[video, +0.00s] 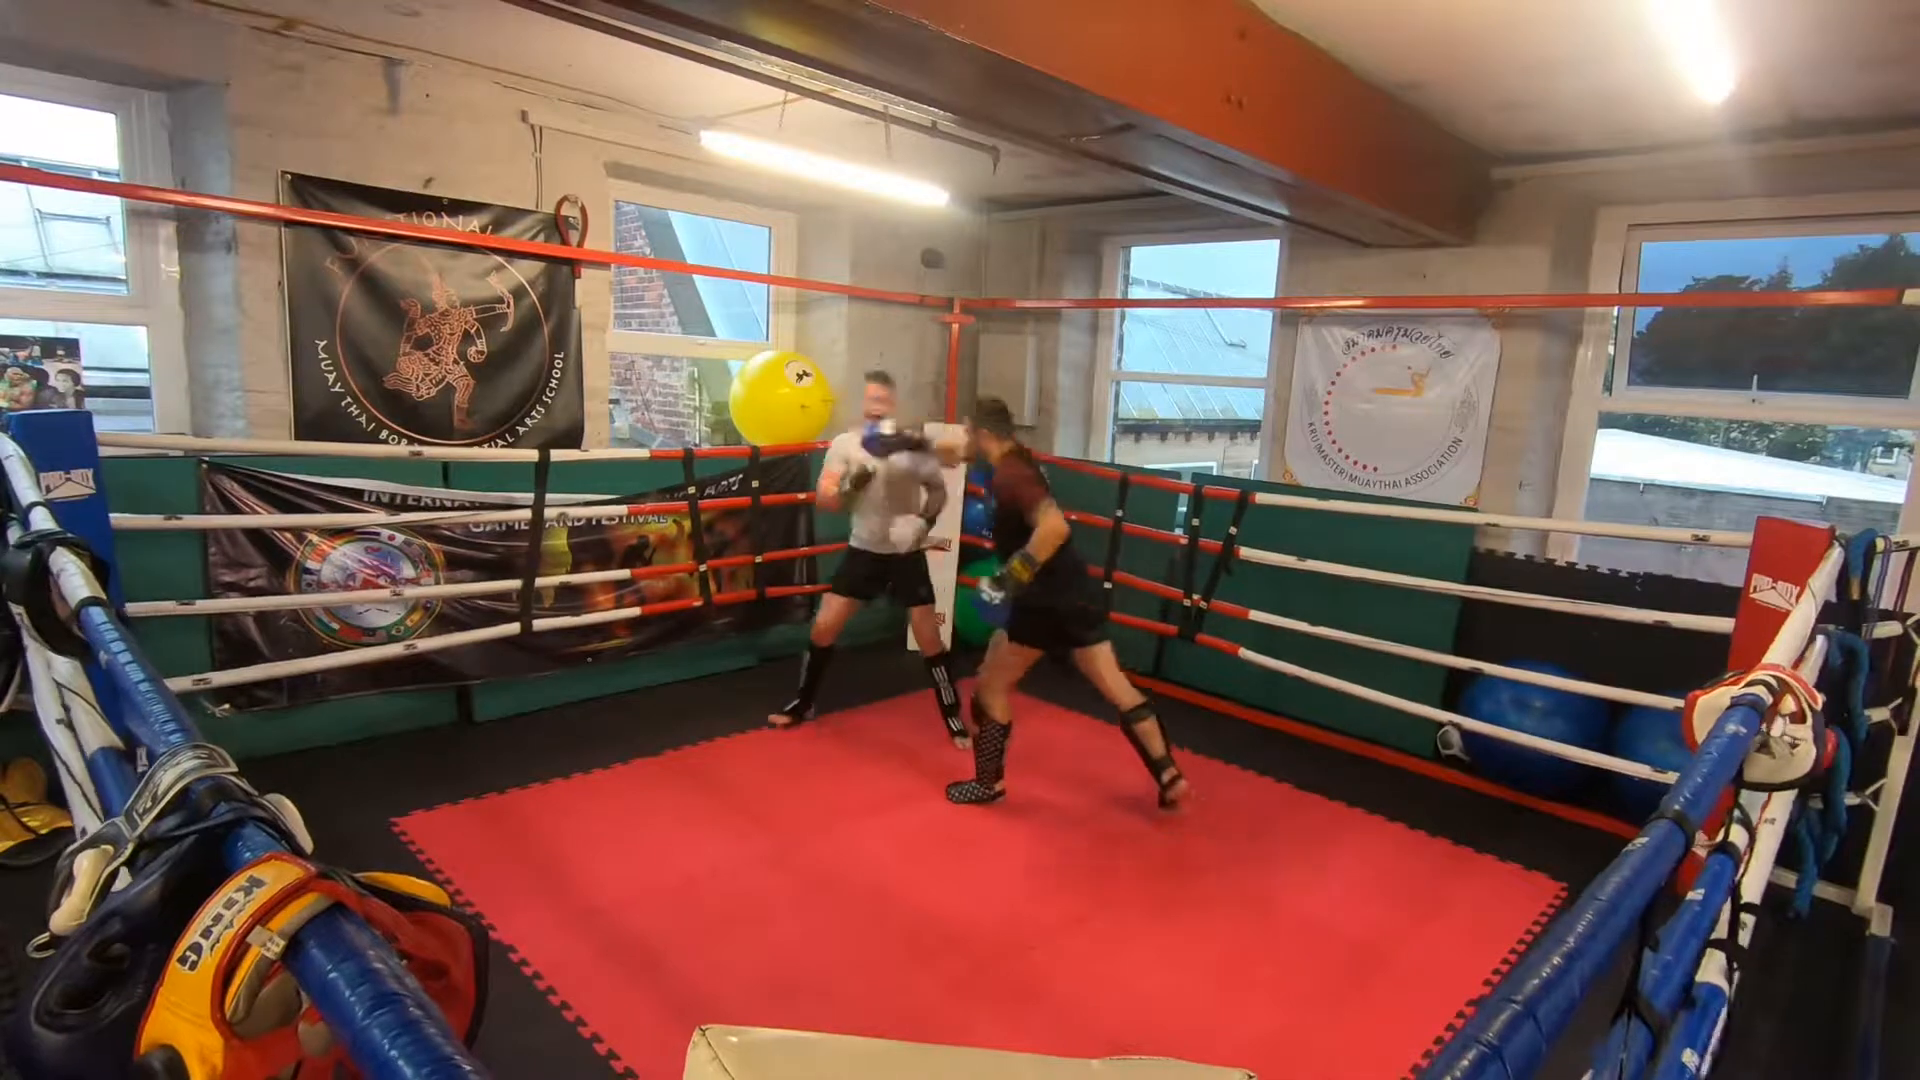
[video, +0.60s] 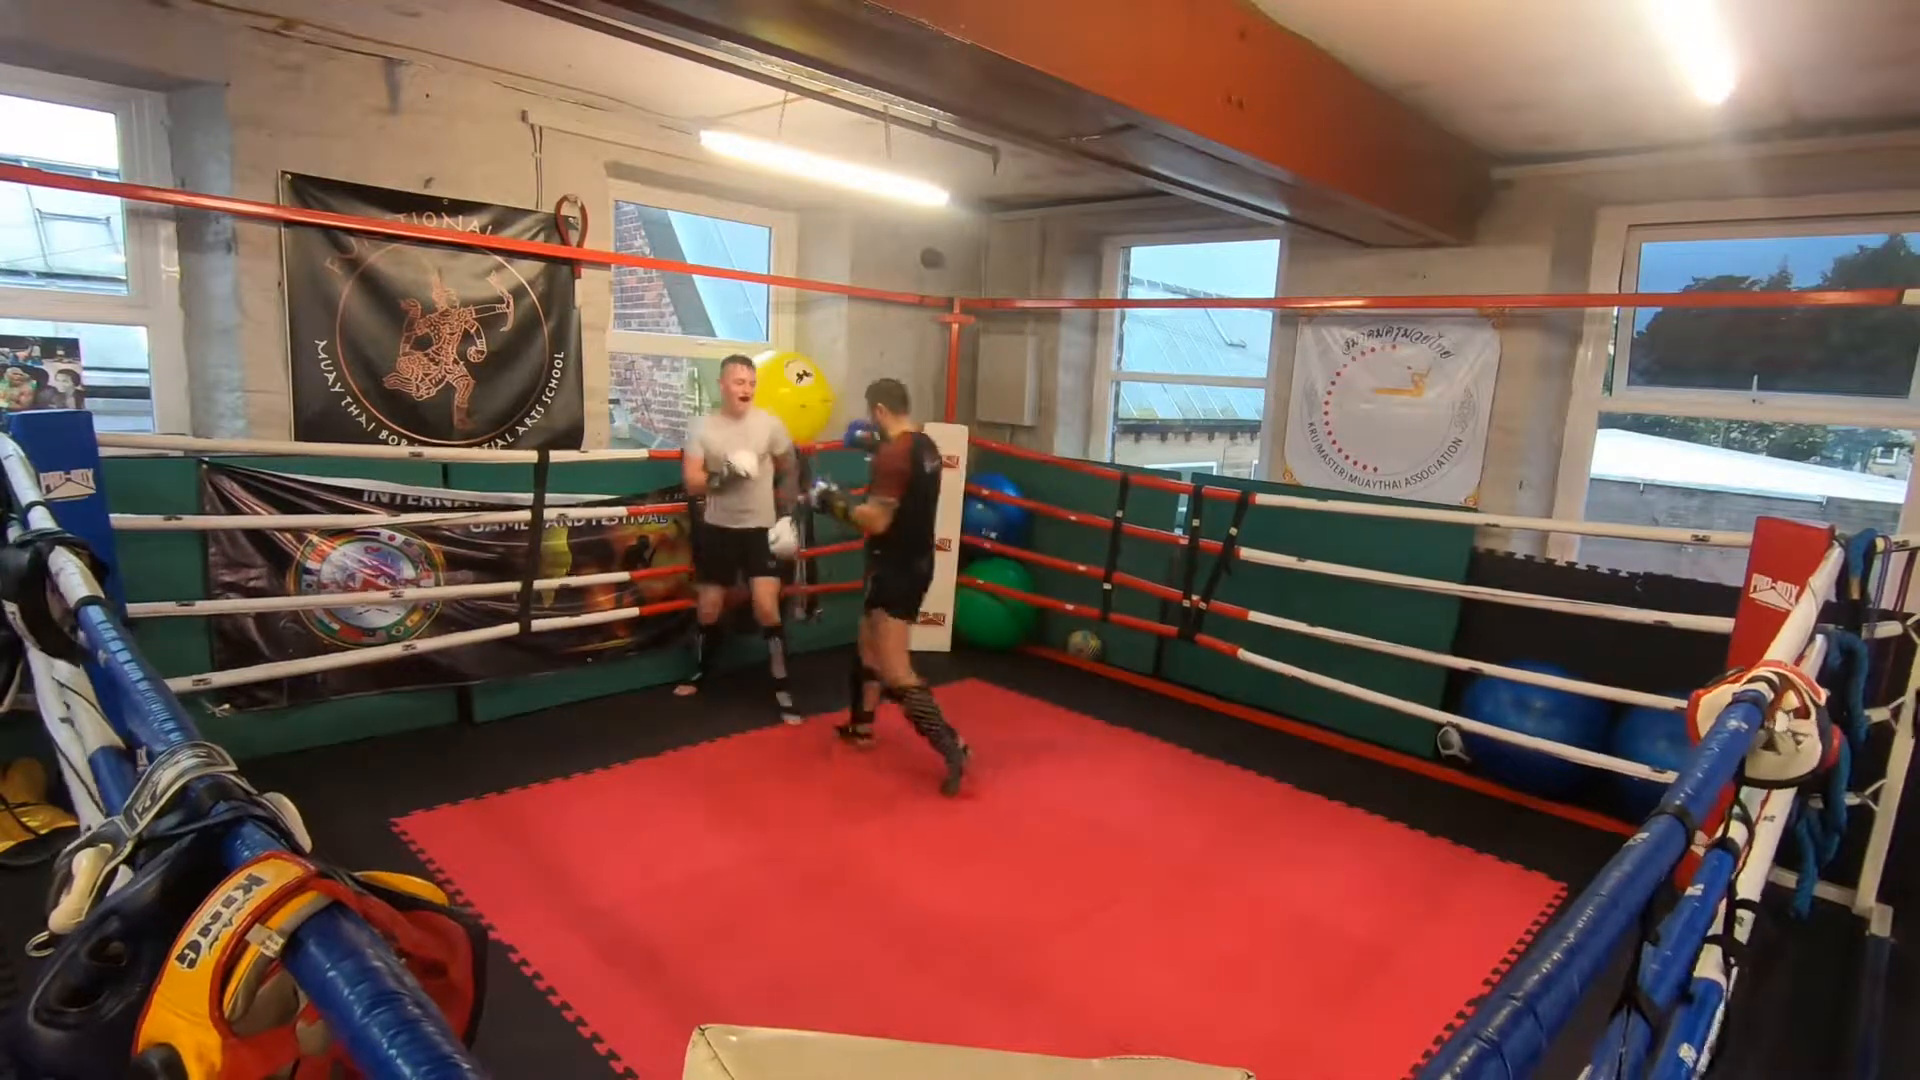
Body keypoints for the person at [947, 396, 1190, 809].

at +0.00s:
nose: (966, 439)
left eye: (969, 432)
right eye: (967, 432)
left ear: (984, 434)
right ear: (1003, 431)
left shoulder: (1011, 472)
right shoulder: (1016, 461)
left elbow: (1054, 526)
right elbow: (962, 449)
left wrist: (1014, 575)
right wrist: (914, 443)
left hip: (1040, 599)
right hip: (1073, 592)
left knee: (992, 685)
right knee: (1114, 682)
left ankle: (987, 781)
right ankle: (1167, 772)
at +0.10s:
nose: (949, 432)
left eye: (950, 425)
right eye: (948, 425)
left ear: (961, 423)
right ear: (980, 421)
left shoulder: (986, 462)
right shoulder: (990, 453)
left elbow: (1027, 519)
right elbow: (957, 481)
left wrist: (978, 555)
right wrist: (922, 454)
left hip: (1017, 586)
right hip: (1043, 579)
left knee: (983, 680)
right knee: (1074, 668)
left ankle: (986, 779)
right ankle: (1130, 753)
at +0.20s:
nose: (926, 421)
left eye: (926, 414)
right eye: (926, 414)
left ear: (937, 412)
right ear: (955, 407)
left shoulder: (968, 451)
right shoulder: (975, 440)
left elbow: (997, 519)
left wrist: (946, 539)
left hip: (991, 579)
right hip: (1011, 572)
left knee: (975, 672)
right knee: (1022, 659)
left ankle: (985, 777)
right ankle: (1068, 732)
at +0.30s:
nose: (912, 422)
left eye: (912, 414)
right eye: (912, 414)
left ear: (923, 408)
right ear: (941, 405)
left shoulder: (952, 451)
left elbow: (958, 524)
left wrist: (906, 529)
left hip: (969, 573)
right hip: (974, 568)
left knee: (969, 676)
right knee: (974, 660)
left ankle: (984, 773)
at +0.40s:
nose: (899, 419)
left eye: (899, 412)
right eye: (900, 412)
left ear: (909, 410)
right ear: (934, 406)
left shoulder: (930, 452)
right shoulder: (960, 440)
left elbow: (922, 526)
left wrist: (869, 518)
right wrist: (914, 440)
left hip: (948, 571)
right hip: (962, 565)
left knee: (961, 667)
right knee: (933, 641)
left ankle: (983, 772)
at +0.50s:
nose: (886, 422)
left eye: (886, 415)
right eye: (886, 415)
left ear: (895, 413)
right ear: (921, 409)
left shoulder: (912, 455)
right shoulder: (945, 446)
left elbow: (896, 526)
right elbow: (930, 504)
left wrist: (857, 514)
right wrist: (898, 448)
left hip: (921, 577)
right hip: (935, 570)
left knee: (940, 669)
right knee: (896, 646)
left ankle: (976, 764)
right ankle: (869, 720)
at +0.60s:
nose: (871, 419)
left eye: (871, 413)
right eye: (872, 413)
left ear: (880, 411)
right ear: (906, 407)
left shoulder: (894, 453)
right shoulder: (925, 447)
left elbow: (876, 520)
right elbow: (902, 508)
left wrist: (839, 504)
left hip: (894, 568)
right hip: (910, 563)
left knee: (893, 666)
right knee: (869, 646)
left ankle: (950, 747)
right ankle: (861, 723)